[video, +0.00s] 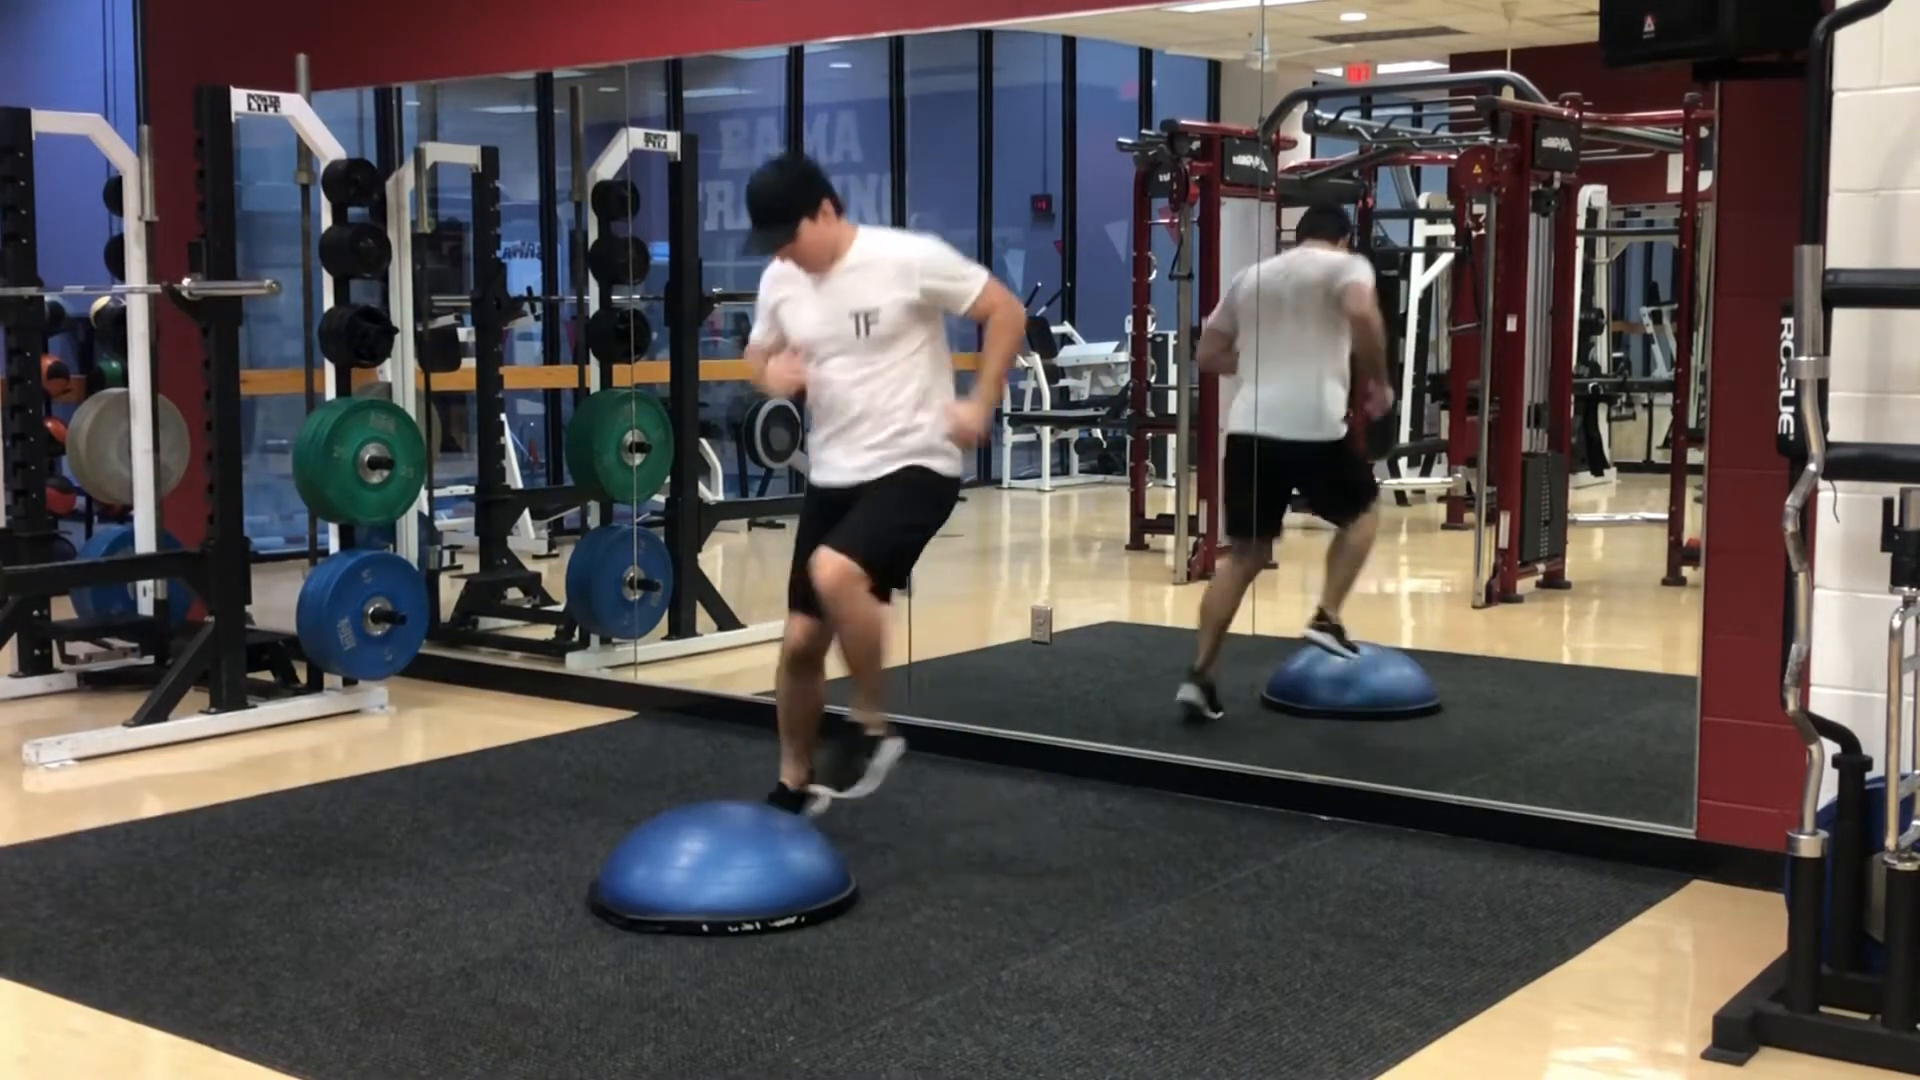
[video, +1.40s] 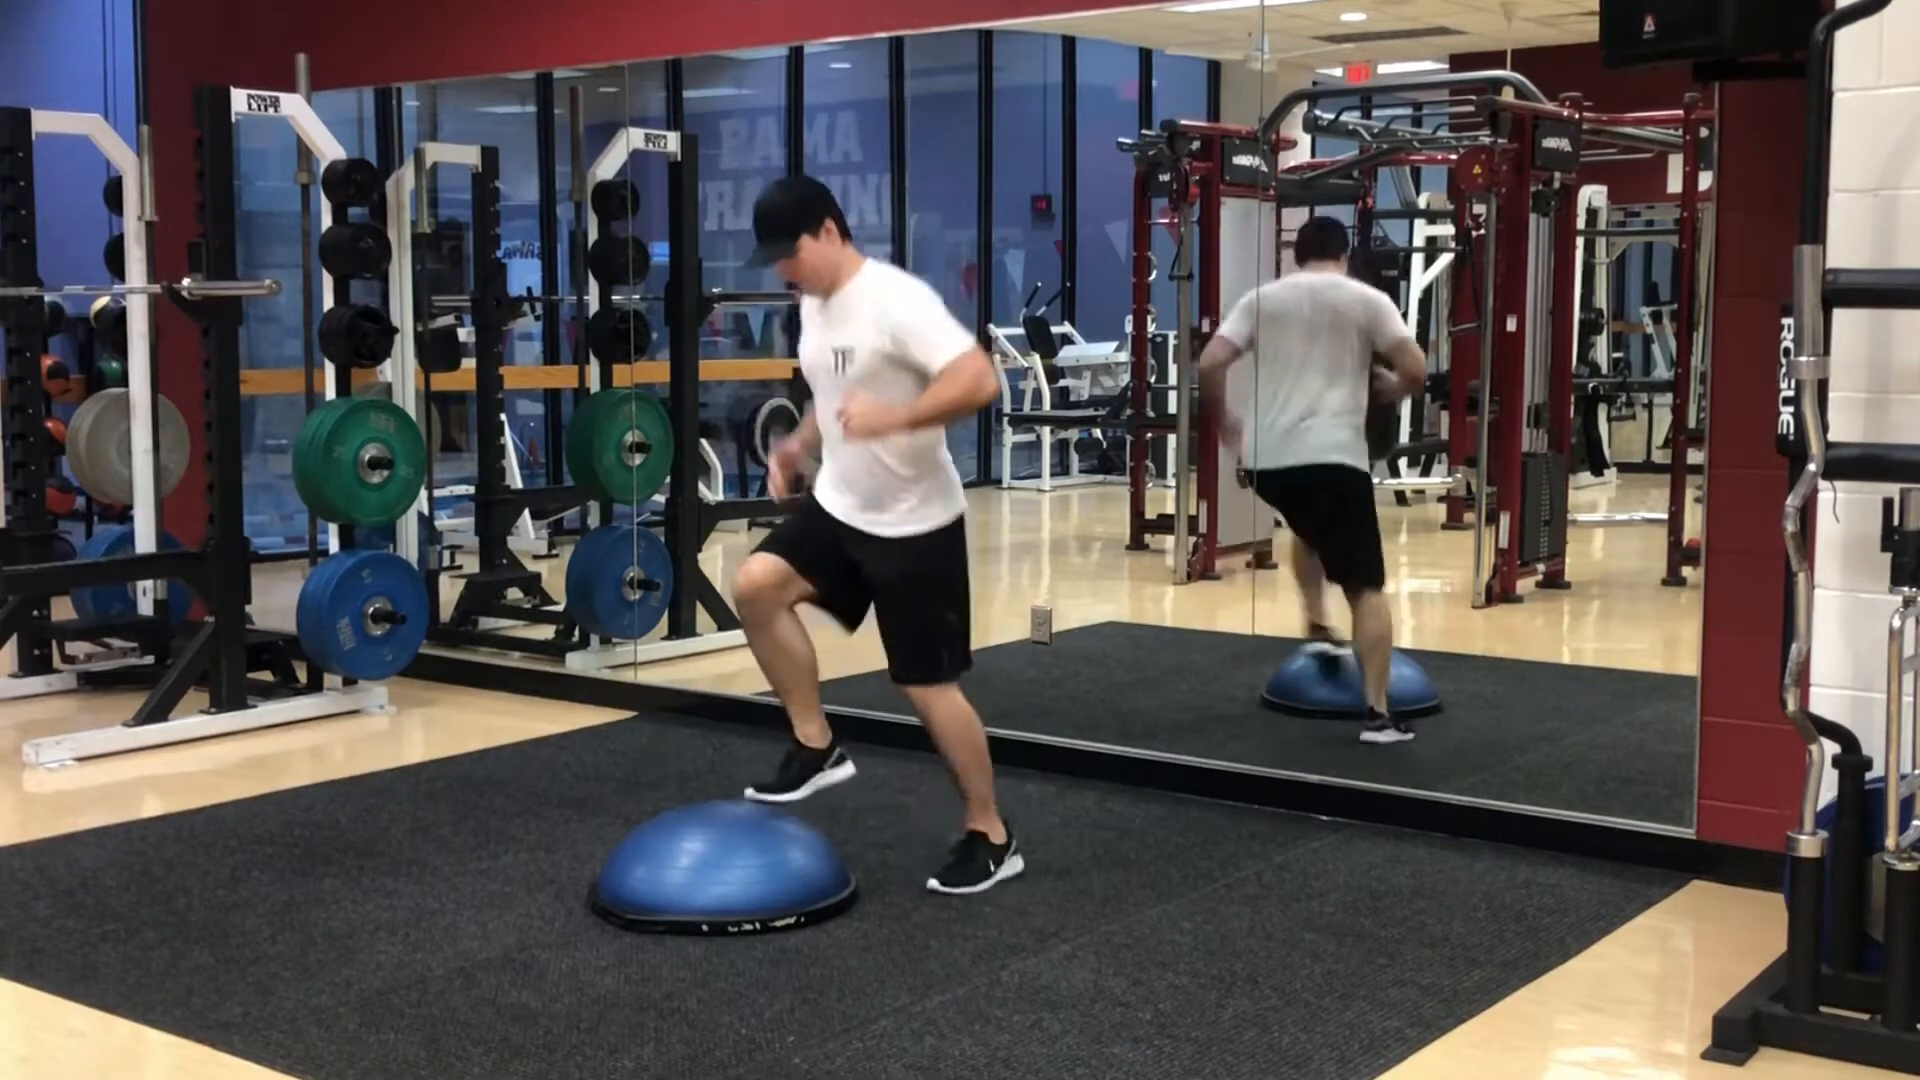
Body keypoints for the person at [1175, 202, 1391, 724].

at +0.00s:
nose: (1348, 248)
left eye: (1341, 241)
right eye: (1348, 242)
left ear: (1299, 236)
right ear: (1343, 239)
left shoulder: (1250, 276)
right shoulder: (1348, 265)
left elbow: (1209, 355)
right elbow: (1361, 314)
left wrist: (1264, 365)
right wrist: (1377, 379)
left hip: (1249, 428)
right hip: (1316, 427)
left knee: (1245, 552)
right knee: (1361, 513)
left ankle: (1200, 675)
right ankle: (1327, 617)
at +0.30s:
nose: (1348, 236)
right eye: (1347, 229)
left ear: (1295, 224)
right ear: (1340, 225)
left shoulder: (1251, 266)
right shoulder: (1351, 255)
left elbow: (1200, 337)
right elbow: (1375, 304)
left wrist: (1256, 358)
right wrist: (1382, 348)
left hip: (1256, 422)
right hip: (1325, 420)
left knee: (1255, 545)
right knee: (1365, 533)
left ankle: (1221, 654)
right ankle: (1358, 650)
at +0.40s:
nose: (1358, 235)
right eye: (1358, 227)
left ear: (1306, 225)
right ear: (1353, 227)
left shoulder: (1262, 269)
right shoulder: (1371, 268)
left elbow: (1210, 337)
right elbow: (1402, 335)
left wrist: (1245, 381)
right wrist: (1384, 377)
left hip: (1271, 431)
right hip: (1338, 432)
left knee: (1285, 523)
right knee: (1361, 563)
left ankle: (1278, 633)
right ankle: (1384, 690)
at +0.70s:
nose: (1358, 241)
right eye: (1358, 233)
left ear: (1305, 227)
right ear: (1351, 231)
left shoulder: (1259, 266)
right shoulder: (1367, 270)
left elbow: (1207, 331)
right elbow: (1393, 349)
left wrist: (1244, 377)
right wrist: (1362, 368)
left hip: (1258, 431)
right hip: (1329, 433)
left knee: (1274, 524)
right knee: (1360, 557)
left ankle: (1238, 636)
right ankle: (1372, 677)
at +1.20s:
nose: (1334, 236)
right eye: (1334, 228)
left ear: (1284, 225)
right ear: (1332, 227)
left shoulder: (1242, 267)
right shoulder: (1348, 258)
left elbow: (1191, 337)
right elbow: (1379, 321)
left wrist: (1218, 389)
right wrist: (1381, 372)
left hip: (1262, 426)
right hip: (1328, 424)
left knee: (1278, 526)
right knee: (1358, 547)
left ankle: (1261, 629)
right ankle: (1377, 670)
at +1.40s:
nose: (1339, 266)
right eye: (1343, 258)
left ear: (1294, 258)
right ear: (1344, 257)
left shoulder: (1260, 299)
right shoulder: (1369, 300)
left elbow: (1210, 364)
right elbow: (1415, 371)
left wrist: (1222, 417)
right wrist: (1381, 388)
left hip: (1272, 462)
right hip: (1337, 461)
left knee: (1306, 533)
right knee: (1366, 588)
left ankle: (1318, 629)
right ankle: (1378, 712)